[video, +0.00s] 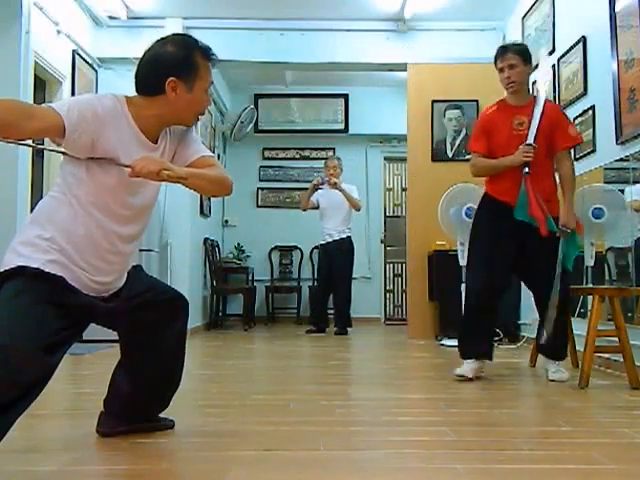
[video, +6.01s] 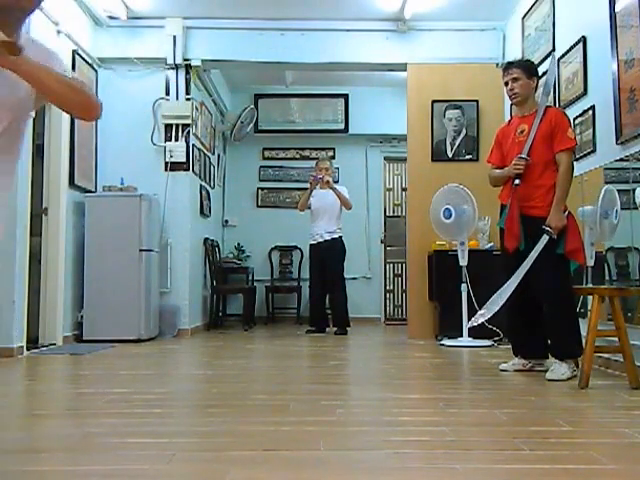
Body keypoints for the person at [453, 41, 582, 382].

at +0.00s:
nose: (508, 74)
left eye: (514, 67)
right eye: (502, 70)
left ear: (529, 69)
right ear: (497, 76)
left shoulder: (549, 112)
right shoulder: (488, 116)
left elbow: (563, 162)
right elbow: (476, 167)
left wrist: (568, 206)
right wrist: (511, 159)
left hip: (540, 210)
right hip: (496, 209)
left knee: (551, 286)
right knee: (481, 282)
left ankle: (555, 356)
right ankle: (473, 357)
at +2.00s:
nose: (513, 85)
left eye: (519, 79)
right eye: (508, 81)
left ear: (535, 83)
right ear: (506, 88)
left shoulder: (553, 117)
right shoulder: (504, 132)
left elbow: (565, 164)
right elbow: (492, 177)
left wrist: (557, 209)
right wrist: (507, 170)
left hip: (547, 214)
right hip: (515, 216)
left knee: (554, 285)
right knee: (520, 284)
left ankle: (565, 357)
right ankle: (529, 354)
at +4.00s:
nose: (511, 86)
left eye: (516, 80)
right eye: (506, 82)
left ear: (533, 83)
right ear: (504, 89)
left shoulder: (553, 117)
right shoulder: (504, 131)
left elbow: (564, 164)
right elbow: (493, 177)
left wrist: (557, 209)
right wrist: (508, 171)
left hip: (545, 215)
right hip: (512, 215)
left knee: (553, 285)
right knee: (517, 284)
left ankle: (565, 358)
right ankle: (529, 354)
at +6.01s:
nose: (510, 86)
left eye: (516, 80)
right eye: (506, 82)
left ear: (534, 82)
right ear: (505, 89)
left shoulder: (553, 117)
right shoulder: (504, 131)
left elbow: (565, 165)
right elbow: (493, 177)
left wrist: (558, 209)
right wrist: (508, 171)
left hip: (547, 214)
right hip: (514, 215)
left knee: (553, 284)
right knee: (520, 284)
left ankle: (565, 358)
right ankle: (529, 354)